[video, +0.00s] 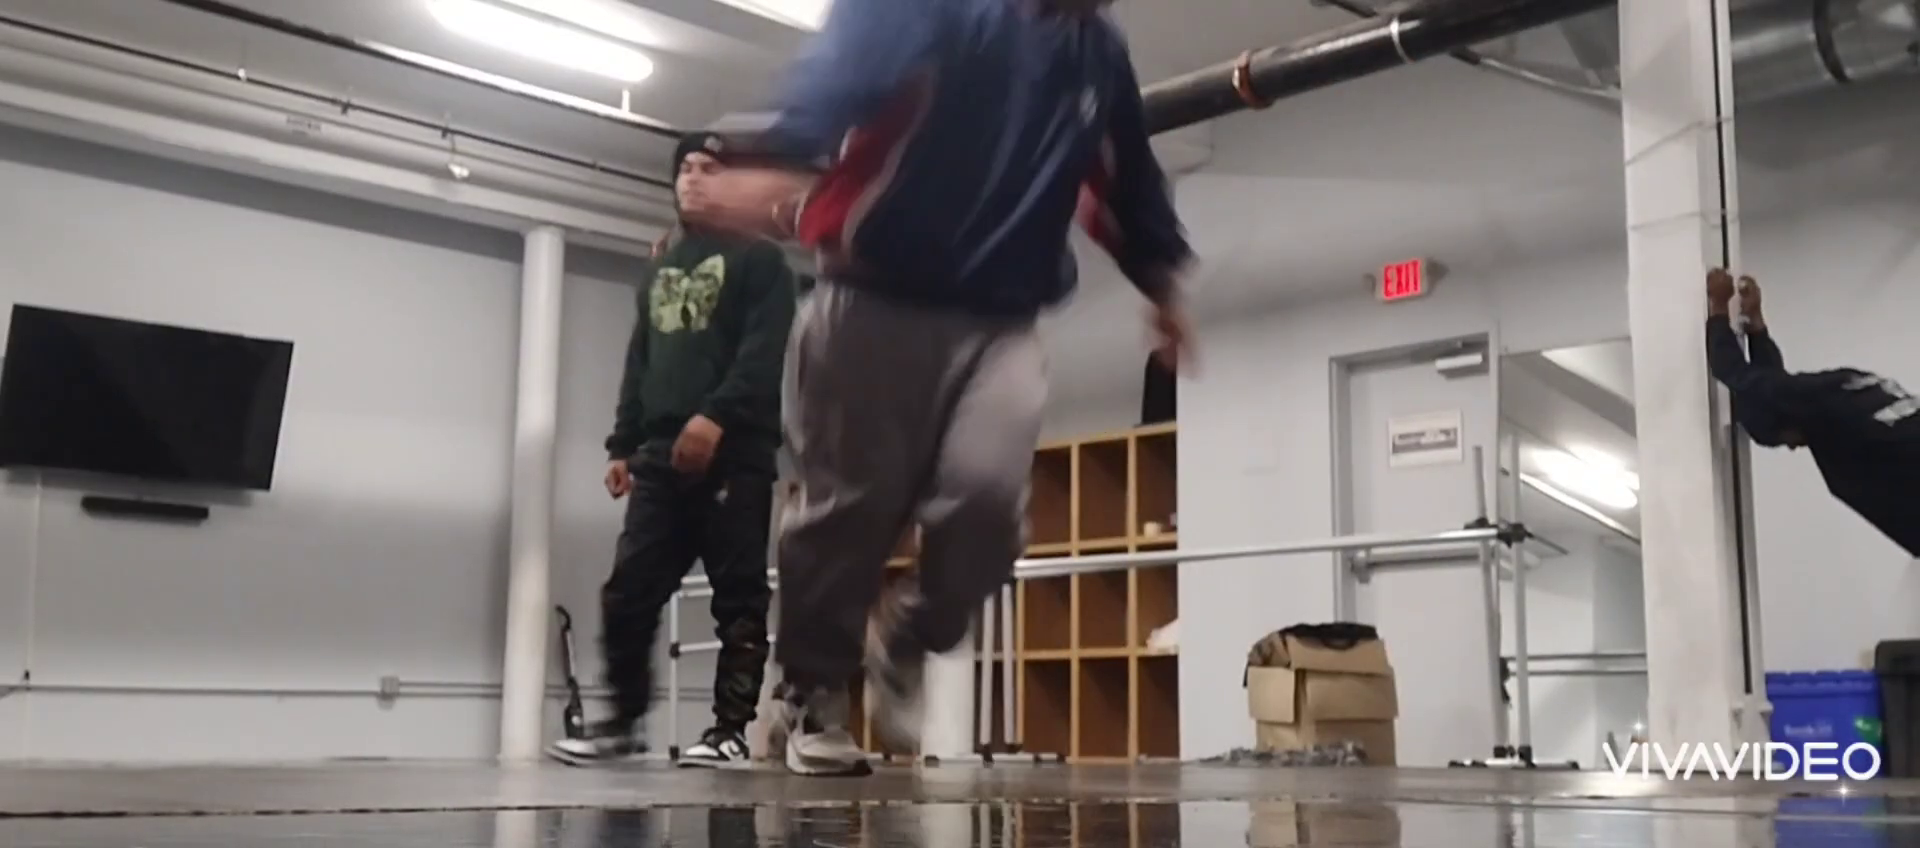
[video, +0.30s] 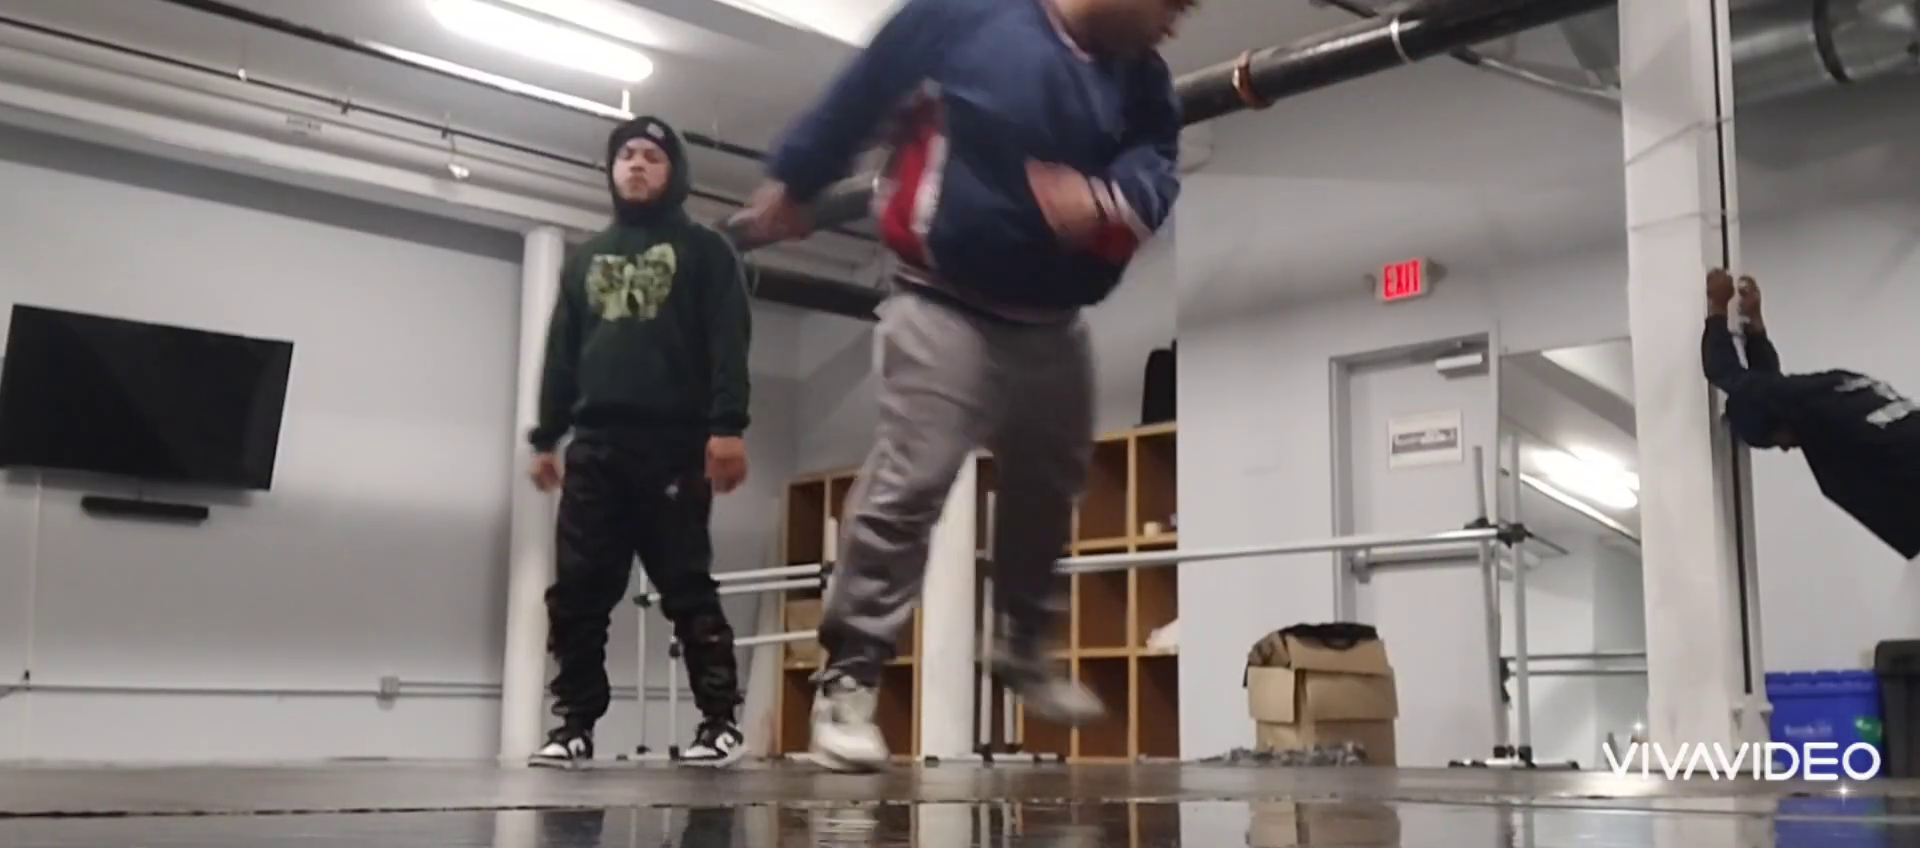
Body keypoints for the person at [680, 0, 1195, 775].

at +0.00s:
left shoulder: (1095, 44)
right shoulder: (934, 9)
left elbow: (1129, 172)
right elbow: (844, 63)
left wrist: (1164, 287)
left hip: (999, 321)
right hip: (872, 302)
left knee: (986, 494)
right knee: (844, 512)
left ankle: (908, 639)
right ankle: (817, 696)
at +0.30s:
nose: (1173, 26)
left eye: (1179, 14)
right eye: (1168, 8)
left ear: (1146, 13)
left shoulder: (1143, 78)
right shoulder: (964, 17)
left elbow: (1155, 177)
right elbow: (860, 92)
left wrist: (1104, 200)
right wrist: (791, 181)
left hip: (1051, 322)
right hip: (941, 306)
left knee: (1046, 496)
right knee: (909, 489)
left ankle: (1024, 653)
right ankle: (849, 683)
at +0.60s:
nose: (1289, 203)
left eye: (1301, 193)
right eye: (1294, 184)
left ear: (1282, 150)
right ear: (1272, 137)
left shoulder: (1241, 207)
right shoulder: (1135, 160)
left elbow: (1245, 315)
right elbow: (1030, 226)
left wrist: (1235, 419)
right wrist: (968, 309)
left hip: (1156, 428)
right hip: (1060, 416)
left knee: (1186, 583)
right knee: (1035, 552)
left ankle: (1185, 729)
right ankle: (923, 698)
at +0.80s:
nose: (1379, 349)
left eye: (1391, 341)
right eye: (1391, 339)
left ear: (1373, 264)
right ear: (1385, 314)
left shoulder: (1270, 234)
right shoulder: (1279, 334)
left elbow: (1167, 206)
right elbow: (1250, 494)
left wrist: (1157, 177)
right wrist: (1298, 624)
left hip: (1038, 376)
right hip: (1075, 431)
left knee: (1067, 567)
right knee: (1094, 588)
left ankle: (1046, 699)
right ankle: (1024, 731)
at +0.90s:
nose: (1430, 444)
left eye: (1439, 428)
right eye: (1438, 436)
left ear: (1410, 357)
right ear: (1424, 427)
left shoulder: (1329, 318)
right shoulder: (1342, 443)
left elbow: (1298, 253)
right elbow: (1351, 584)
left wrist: (1315, 207)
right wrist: (1403, 701)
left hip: (1051, 364)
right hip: (1086, 457)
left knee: (977, 478)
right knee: (1107, 599)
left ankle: (884, 541)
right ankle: (1033, 729)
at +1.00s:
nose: (1444, 553)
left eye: (1453, 544)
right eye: (1456, 545)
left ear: (1447, 461)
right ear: (1447, 521)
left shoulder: (1379, 400)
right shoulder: (1372, 511)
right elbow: (1374, 638)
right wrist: (1425, 758)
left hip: (1147, 310)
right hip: (1131, 399)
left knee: (968, 352)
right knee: (1044, 563)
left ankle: (800, 329)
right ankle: (1009, 723)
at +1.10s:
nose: (1421, 620)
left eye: (1430, 619)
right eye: (1437, 623)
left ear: (1435, 566)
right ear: (1450, 582)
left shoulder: (1375, 490)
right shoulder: (1420, 522)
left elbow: (1291, 572)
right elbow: (1387, 638)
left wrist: (1259, 676)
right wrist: (1424, 754)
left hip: (1213, 323)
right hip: (1210, 396)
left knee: (1032, 280)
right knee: (1036, 515)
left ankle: (921, 150)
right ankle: (881, 582)